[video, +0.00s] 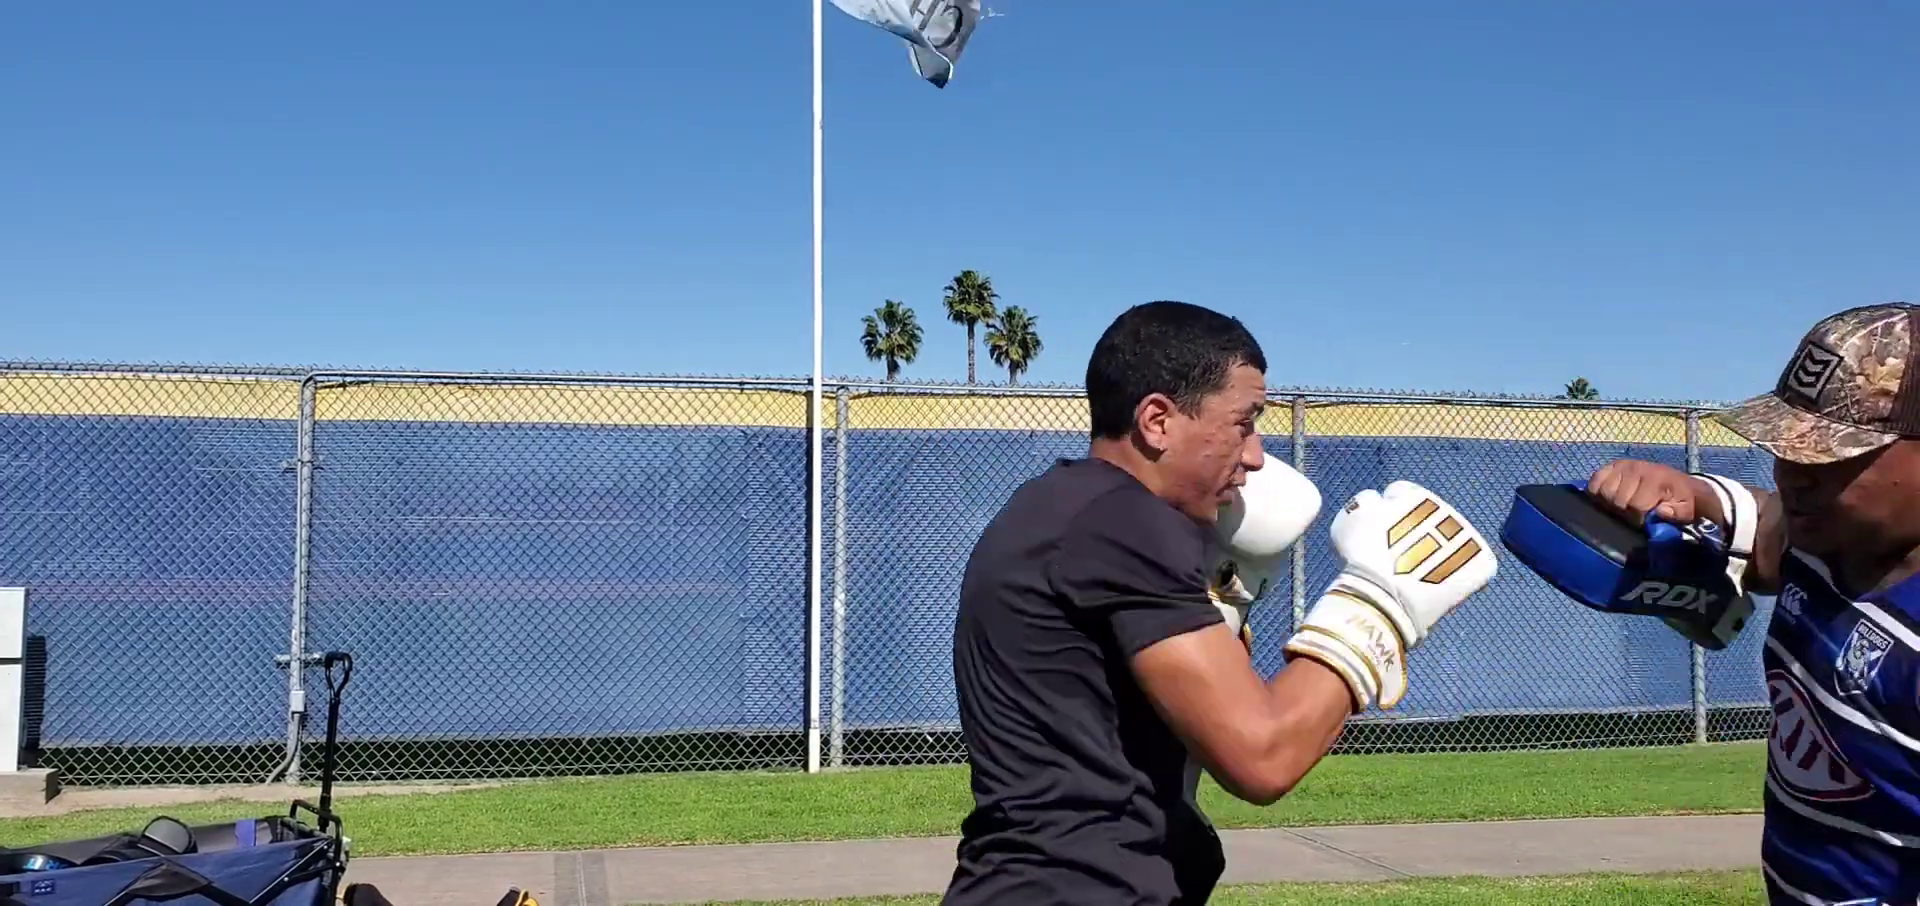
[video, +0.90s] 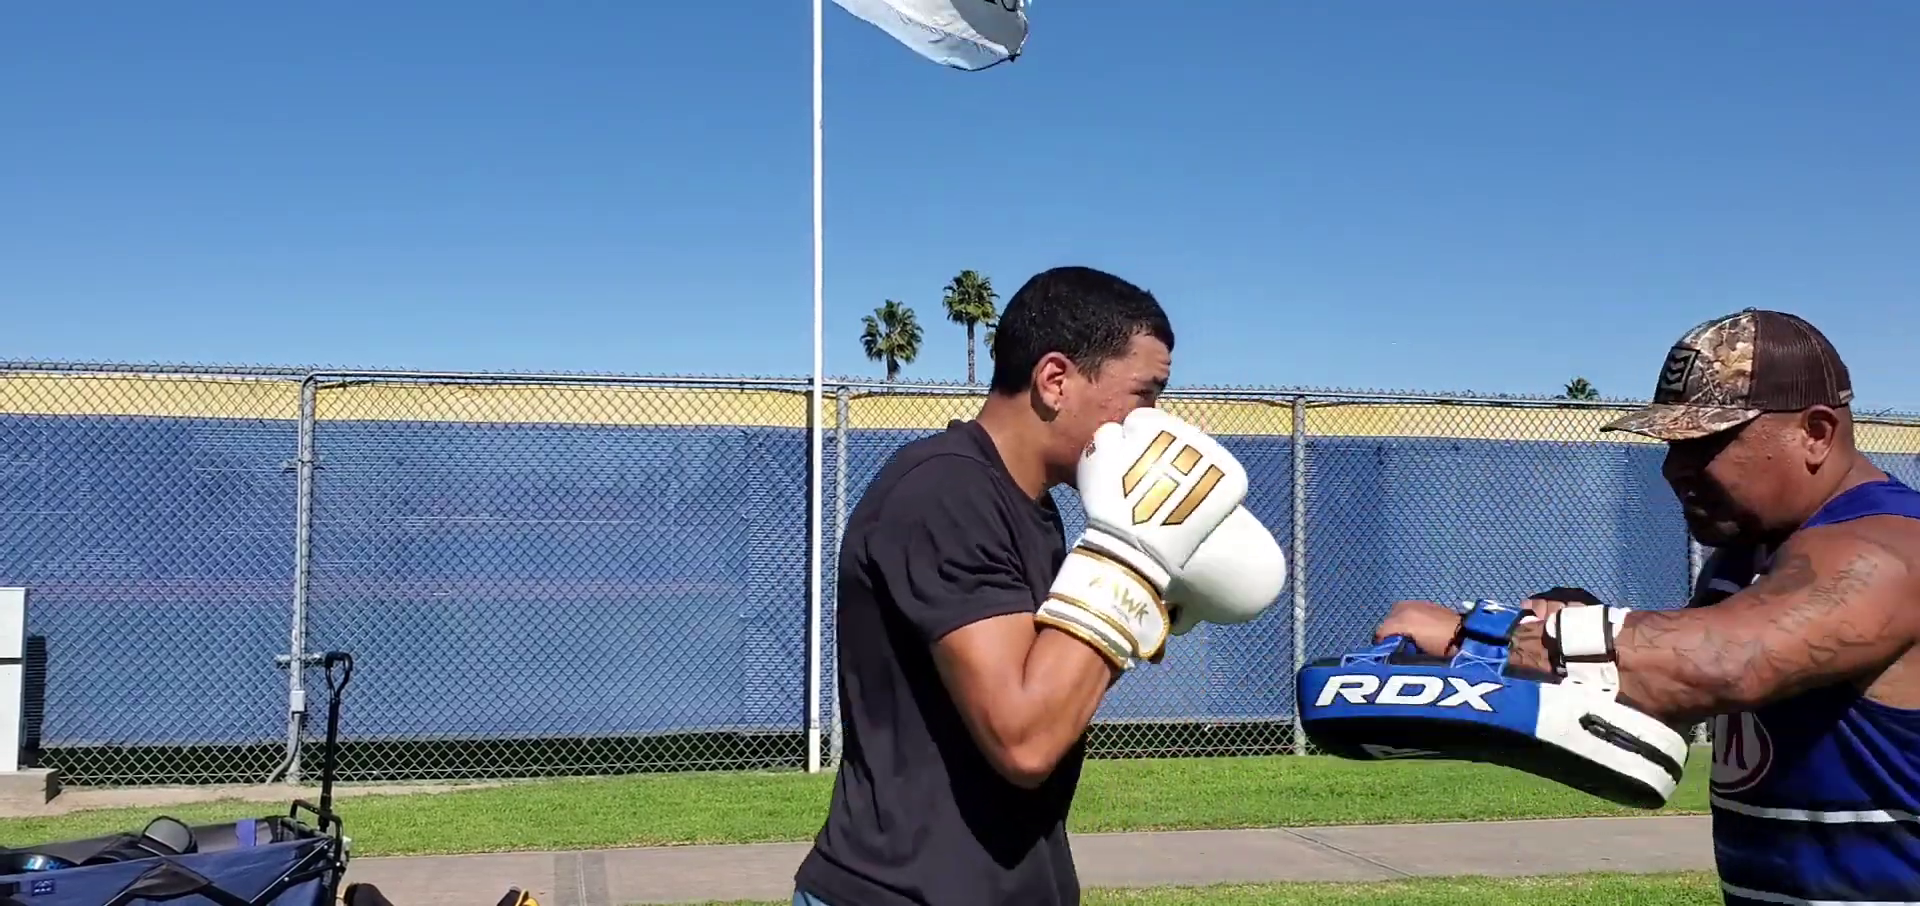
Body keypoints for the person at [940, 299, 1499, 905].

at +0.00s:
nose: (1256, 455)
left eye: (1256, 425)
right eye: (1242, 422)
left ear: (1152, 424)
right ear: (1157, 421)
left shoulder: (1051, 509)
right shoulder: (1118, 521)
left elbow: (1165, 745)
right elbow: (1263, 758)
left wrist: (1232, 578)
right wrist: (1374, 608)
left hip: (1020, 875)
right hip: (1092, 883)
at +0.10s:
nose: (1231, 450)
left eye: (1225, 418)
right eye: (1215, 416)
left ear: (1132, 420)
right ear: (1131, 417)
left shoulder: (1064, 541)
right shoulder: (1039, 550)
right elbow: (1111, 822)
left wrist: (1169, 591)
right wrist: (1227, 654)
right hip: (1017, 890)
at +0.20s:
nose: (1205, 420)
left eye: (1203, 388)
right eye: (1193, 386)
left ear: (1107, 380)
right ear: (1106, 378)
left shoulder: (1062, 516)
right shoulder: (983, 523)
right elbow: (1042, 802)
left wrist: (1156, 615)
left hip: (1054, 883)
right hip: (976, 890)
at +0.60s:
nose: (1194, 401)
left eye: (1193, 371)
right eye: (1184, 369)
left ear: (1105, 360)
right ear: (1104, 358)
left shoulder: (1042, 491)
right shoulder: (991, 495)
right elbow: (1095, 763)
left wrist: (1145, 554)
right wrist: (1180, 569)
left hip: (1038, 882)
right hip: (970, 886)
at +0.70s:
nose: (1196, 418)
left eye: (1195, 389)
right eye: (1186, 386)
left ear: (1105, 377)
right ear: (1104, 375)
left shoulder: (1069, 513)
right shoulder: (993, 509)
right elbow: (1086, 774)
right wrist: (1181, 590)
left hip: (1053, 885)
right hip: (956, 888)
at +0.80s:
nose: (1184, 424)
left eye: (1182, 393)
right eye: (1170, 390)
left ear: (1083, 382)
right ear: (1082, 377)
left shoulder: (1069, 515)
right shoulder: (966, 506)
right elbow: (1048, 762)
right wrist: (1164, 593)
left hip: (1051, 883)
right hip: (940, 887)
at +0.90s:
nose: (1148, 422)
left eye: (1153, 399)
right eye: (1142, 395)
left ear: (1056, 387)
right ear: (1056, 381)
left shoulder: (1034, 509)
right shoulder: (942, 496)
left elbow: (1037, 699)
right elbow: (1025, 741)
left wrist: (1145, 604)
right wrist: (1120, 563)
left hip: (1022, 882)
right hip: (908, 887)